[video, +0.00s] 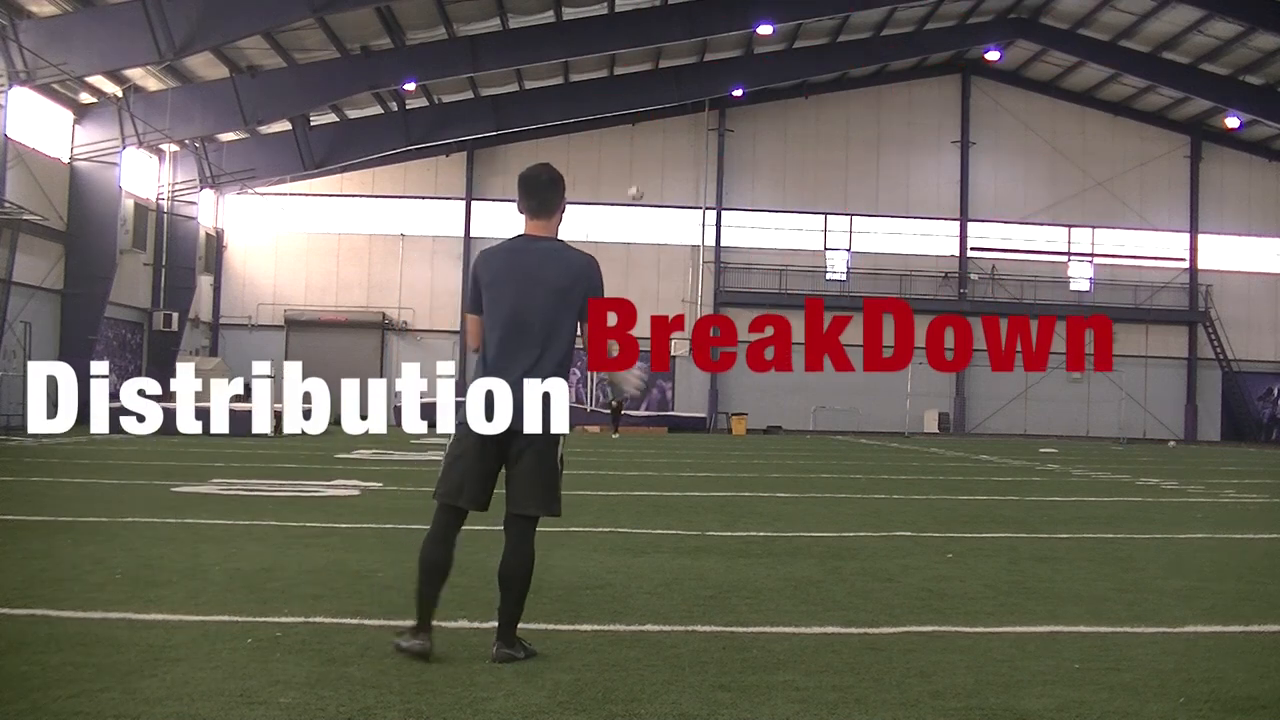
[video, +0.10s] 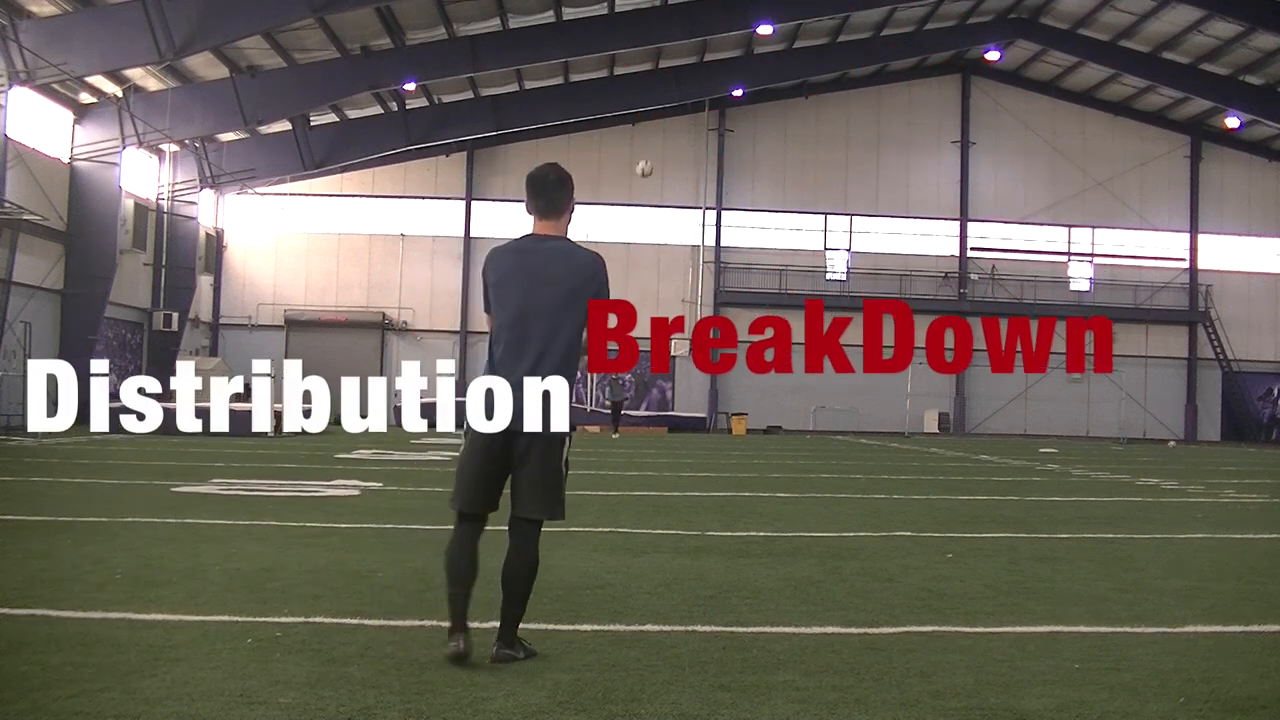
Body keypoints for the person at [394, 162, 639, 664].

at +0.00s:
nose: (563, 209)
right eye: (565, 201)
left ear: (520, 205)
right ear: (563, 205)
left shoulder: (487, 261)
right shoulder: (582, 267)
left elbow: (473, 340)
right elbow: (598, 343)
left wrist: (516, 326)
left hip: (484, 407)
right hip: (541, 413)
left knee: (447, 518)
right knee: (521, 529)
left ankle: (421, 629)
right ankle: (506, 639)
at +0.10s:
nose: (570, 210)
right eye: (573, 203)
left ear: (528, 206)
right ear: (571, 206)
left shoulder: (497, 259)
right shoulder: (589, 265)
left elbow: (493, 324)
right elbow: (595, 341)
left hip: (491, 407)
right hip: (547, 415)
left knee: (468, 519)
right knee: (526, 529)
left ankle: (458, 629)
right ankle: (507, 638)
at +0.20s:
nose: (570, 210)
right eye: (575, 201)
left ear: (533, 207)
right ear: (578, 206)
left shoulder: (505, 259)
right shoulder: (595, 266)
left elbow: (496, 326)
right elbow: (613, 339)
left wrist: (548, 325)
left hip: (501, 413)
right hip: (556, 420)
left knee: (495, 529)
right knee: (533, 534)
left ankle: (481, 647)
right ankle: (510, 638)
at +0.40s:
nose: (601, 207)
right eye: (603, 200)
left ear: (557, 205)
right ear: (601, 204)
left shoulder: (528, 261)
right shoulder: (616, 262)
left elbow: (535, 323)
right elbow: (644, 326)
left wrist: (603, 325)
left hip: (530, 416)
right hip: (590, 421)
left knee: (508, 534)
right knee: (621, 523)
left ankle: (484, 652)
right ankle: (586, 634)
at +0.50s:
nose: (621, 209)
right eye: (624, 201)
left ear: (580, 204)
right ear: (626, 204)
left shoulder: (551, 262)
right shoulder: (641, 266)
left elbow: (547, 330)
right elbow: (685, 326)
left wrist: (606, 324)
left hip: (550, 426)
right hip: (614, 430)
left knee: (519, 536)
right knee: (657, 535)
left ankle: (487, 651)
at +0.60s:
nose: (646, 211)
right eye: (652, 203)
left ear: (607, 209)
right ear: (652, 207)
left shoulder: (579, 269)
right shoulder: (670, 271)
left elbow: (567, 344)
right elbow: (728, 310)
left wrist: (617, 321)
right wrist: (720, 273)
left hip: (583, 432)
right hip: (644, 434)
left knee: (537, 543)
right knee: (682, 548)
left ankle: (492, 650)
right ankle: (716, 665)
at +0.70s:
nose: (675, 202)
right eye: (677, 195)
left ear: (631, 201)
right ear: (675, 199)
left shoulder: (602, 262)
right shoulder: (698, 258)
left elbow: (589, 334)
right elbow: (760, 267)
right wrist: (750, 224)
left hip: (607, 421)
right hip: (670, 423)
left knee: (561, 531)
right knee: (694, 545)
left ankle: (517, 639)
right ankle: (718, 665)